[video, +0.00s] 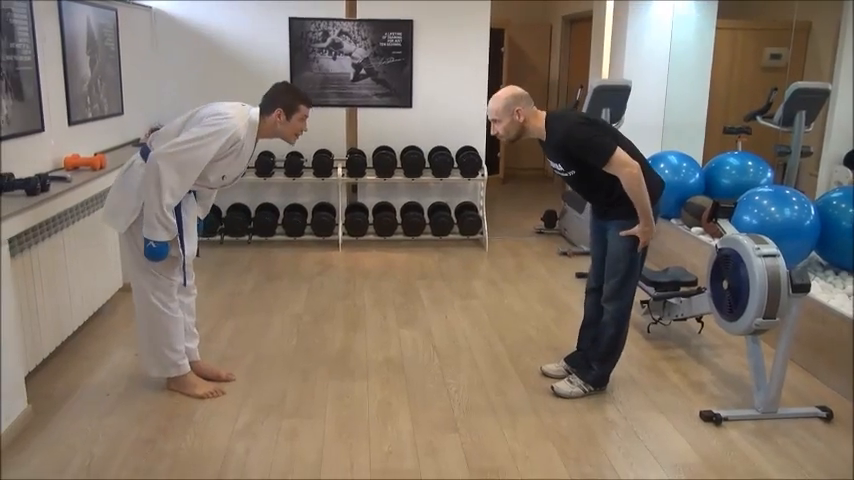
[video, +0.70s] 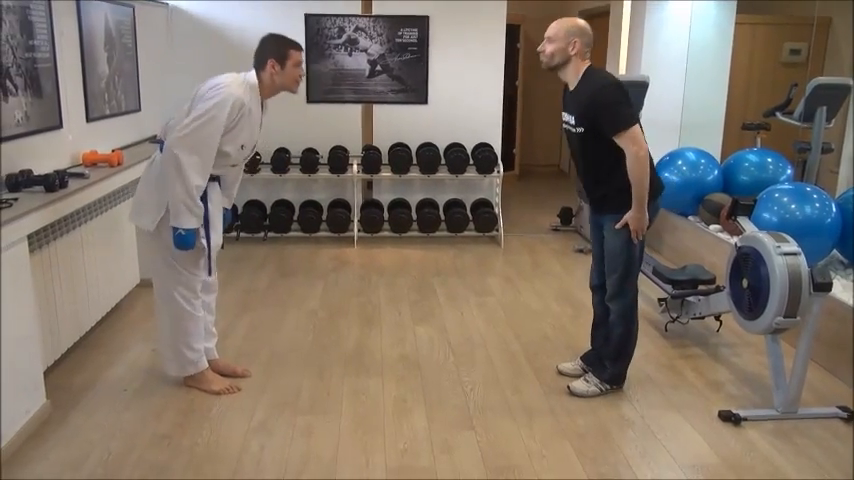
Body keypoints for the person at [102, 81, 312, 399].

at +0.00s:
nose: (305, 128)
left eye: (306, 121)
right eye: (302, 120)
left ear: (278, 116)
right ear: (279, 116)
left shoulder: (249, 135)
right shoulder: (229, 124)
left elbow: (208, 183)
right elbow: (163, 162)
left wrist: (193, 221)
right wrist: (158, 231)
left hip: (176, 200)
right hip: (148, 200)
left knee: (184, 281)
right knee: (163, 285)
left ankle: (190, 360)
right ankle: (176, 373)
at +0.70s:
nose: (302, 74)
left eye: (302, 67)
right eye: (298, 66)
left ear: (273, 68)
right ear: (272, 66)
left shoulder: (254, 101)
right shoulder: (229, 94)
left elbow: (232, 159)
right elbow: (183, 151)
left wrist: (224, 203)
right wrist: (185, 219)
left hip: (201, 195)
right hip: (174, 197)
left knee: (204, 278)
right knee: (183, 283)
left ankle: (207, 356)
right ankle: (190, 368)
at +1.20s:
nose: (263, 69)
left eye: (262, 61)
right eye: (256, 62)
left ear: (236, 69)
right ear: (231, 68)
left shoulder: (241, 114)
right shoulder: (207, 113)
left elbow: (251, 184)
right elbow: (203, 186)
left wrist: (266, 233)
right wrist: (228, 252)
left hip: (247, 226)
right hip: (216, 228)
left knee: (251, 312)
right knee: (212, 321)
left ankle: (221, 396)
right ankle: (198, 414)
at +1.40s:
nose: (268, 83)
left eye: (268, 76)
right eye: (263, 75)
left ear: (245, 77)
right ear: (237, 76)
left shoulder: (251, 123)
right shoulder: (210, 121)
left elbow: (267, 189)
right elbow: (222, 195)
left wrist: (287, 237)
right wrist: (268, 244)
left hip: (255, 235)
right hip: (220, 239)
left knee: (279, 315)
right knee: (216, 335)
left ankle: (274, 403)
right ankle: (204, 425)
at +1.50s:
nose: (277, 88)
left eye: (277, 82)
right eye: (271, 81)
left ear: (252, 82)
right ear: (246, 79)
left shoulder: (257, 126)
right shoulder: (215, 124)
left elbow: (276, 186)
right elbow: (242, 192)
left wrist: (303, 225)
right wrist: (298, 225)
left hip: (263, 236)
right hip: (225, 238)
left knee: (283, 321)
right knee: (218, 333)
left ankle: (303, 405)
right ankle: (205, 425)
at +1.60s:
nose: (288, 93)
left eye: (290, 86)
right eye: (284, 85)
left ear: (265, 84)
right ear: (259, 81)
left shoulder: (271, 129)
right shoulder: (228, 125)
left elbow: (294, 188)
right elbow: (264, 186)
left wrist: (334, 224)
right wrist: (329, 206)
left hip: (269, 238)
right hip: (232, 238)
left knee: (288, 323)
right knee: (220, 335)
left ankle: (312, 403)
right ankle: (206, 424)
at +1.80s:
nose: (322, 95)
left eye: (323, 88)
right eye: (318, 86)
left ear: (297, 83)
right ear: (294, 81)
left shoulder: (290, 124)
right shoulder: (263, 121)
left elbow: (315, 182)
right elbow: (311, 175)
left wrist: (366, 210)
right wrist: (378, 192)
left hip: (283, 231)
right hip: (248, 230)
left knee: (295, 317)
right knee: (232, 326)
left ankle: (309, 402)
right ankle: (211, 418)